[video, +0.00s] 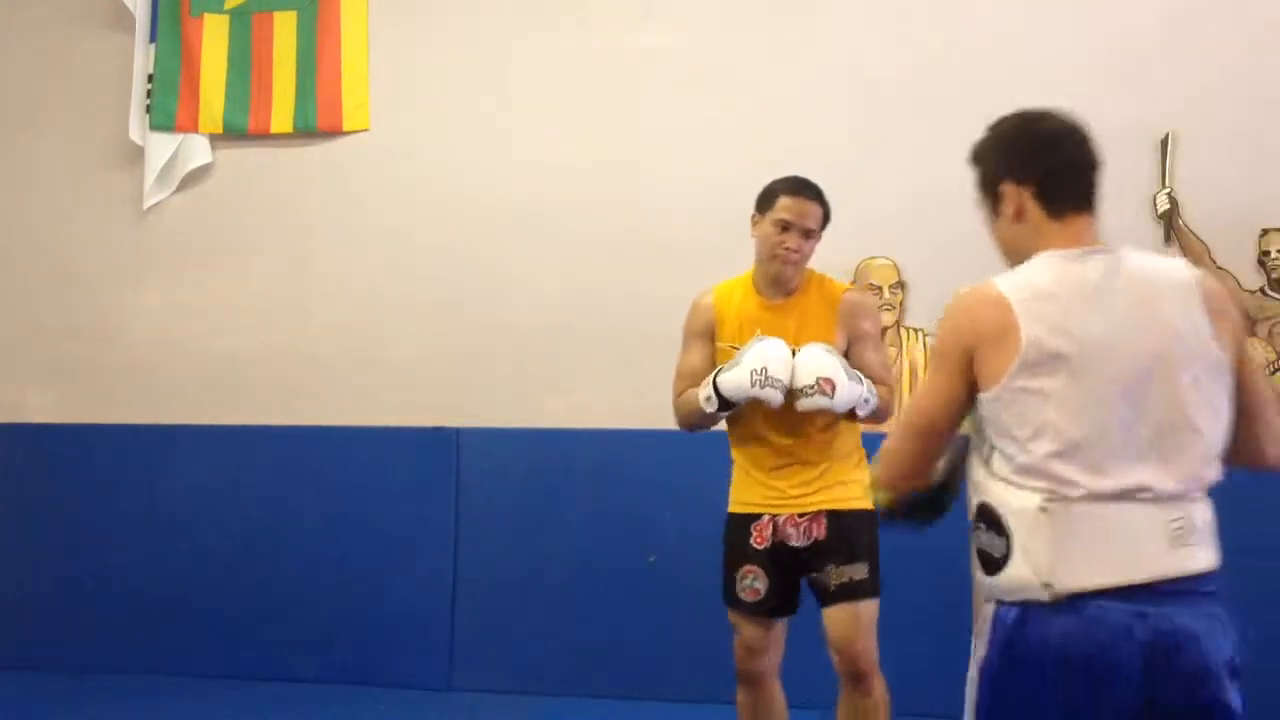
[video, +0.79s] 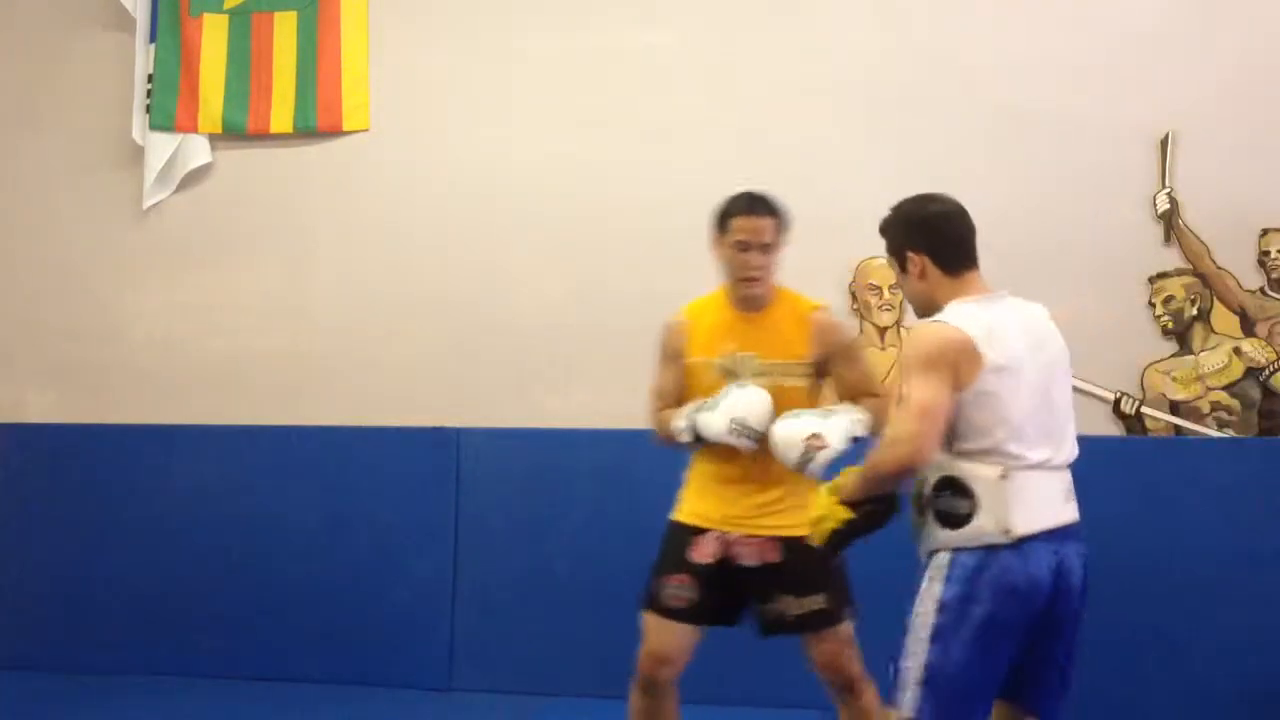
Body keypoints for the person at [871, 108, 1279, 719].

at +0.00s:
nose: (993, 231)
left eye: (989, 211)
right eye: (988, 213)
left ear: (1015, 199)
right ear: (1086, 188)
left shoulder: (984, 312)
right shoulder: (1206, 294)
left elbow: (899, 471)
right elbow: (1263, 447)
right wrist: (1160, 427)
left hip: (1050, 632)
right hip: (1190, 621)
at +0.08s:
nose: (969, 251)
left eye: (967, 232)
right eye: (964, 233)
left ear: (995, 223)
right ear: (1061, 213)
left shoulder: (966, 338)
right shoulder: (1174, 310)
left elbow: (871, 484)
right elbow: (1242, 446)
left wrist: (886, 507)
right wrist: (1144, 446)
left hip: (1034, 644)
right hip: (1170, 629)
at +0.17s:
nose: (942, 274)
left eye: (942, 255)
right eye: (940, 256)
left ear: (972, 249)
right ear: (1035, 239)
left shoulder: (939, 360)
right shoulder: (1142, 326)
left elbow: (844, 483)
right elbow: (1229, 449)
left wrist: (818, 513)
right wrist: (1125, 431)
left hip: (1016, 645)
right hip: (1148, 632)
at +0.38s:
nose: (907, 281)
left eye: (903, 264)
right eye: (904, 266)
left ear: (923, 256)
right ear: (988, 245)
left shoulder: (898, 353)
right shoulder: (1090, 325)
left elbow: (800, 476)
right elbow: (1174, 440)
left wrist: (769, 532)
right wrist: (1084, 422)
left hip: (961, 602)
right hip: (1080, 591)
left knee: (950, 715)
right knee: (1104, 713)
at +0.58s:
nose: (901, 264)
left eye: (898, 250)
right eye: (898, 250)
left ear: (913, 248)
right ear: (975, 233)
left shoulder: (900, 334)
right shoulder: (1067, 320)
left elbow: (830, 455)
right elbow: (1139, 429)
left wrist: (825, 485)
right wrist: (1072, 422)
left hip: (955, 576)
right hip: (1058, 569)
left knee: (914, 708)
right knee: (1049, 708)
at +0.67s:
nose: (901, 275)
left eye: (898, 261)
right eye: (898, 261)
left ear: (913, 259)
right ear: (971, 243)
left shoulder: (909, 341)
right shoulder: (1059, 325)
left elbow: (856, 458)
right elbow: (1120, 426)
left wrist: (831, 428)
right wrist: (1044, 406)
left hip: (958, 582)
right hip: (1056, 571)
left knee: (900, 709)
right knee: (1037, 711)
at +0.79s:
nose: (897, 282)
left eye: (896, 266)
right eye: (894, 267)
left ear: (919, 264)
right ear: (970, 251)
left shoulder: (937, 337)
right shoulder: (1035, 319)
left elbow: (908, 449)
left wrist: (849, 486)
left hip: (982, 564)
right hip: (1060, 555)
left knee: (927, 707)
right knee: (1027, 708)